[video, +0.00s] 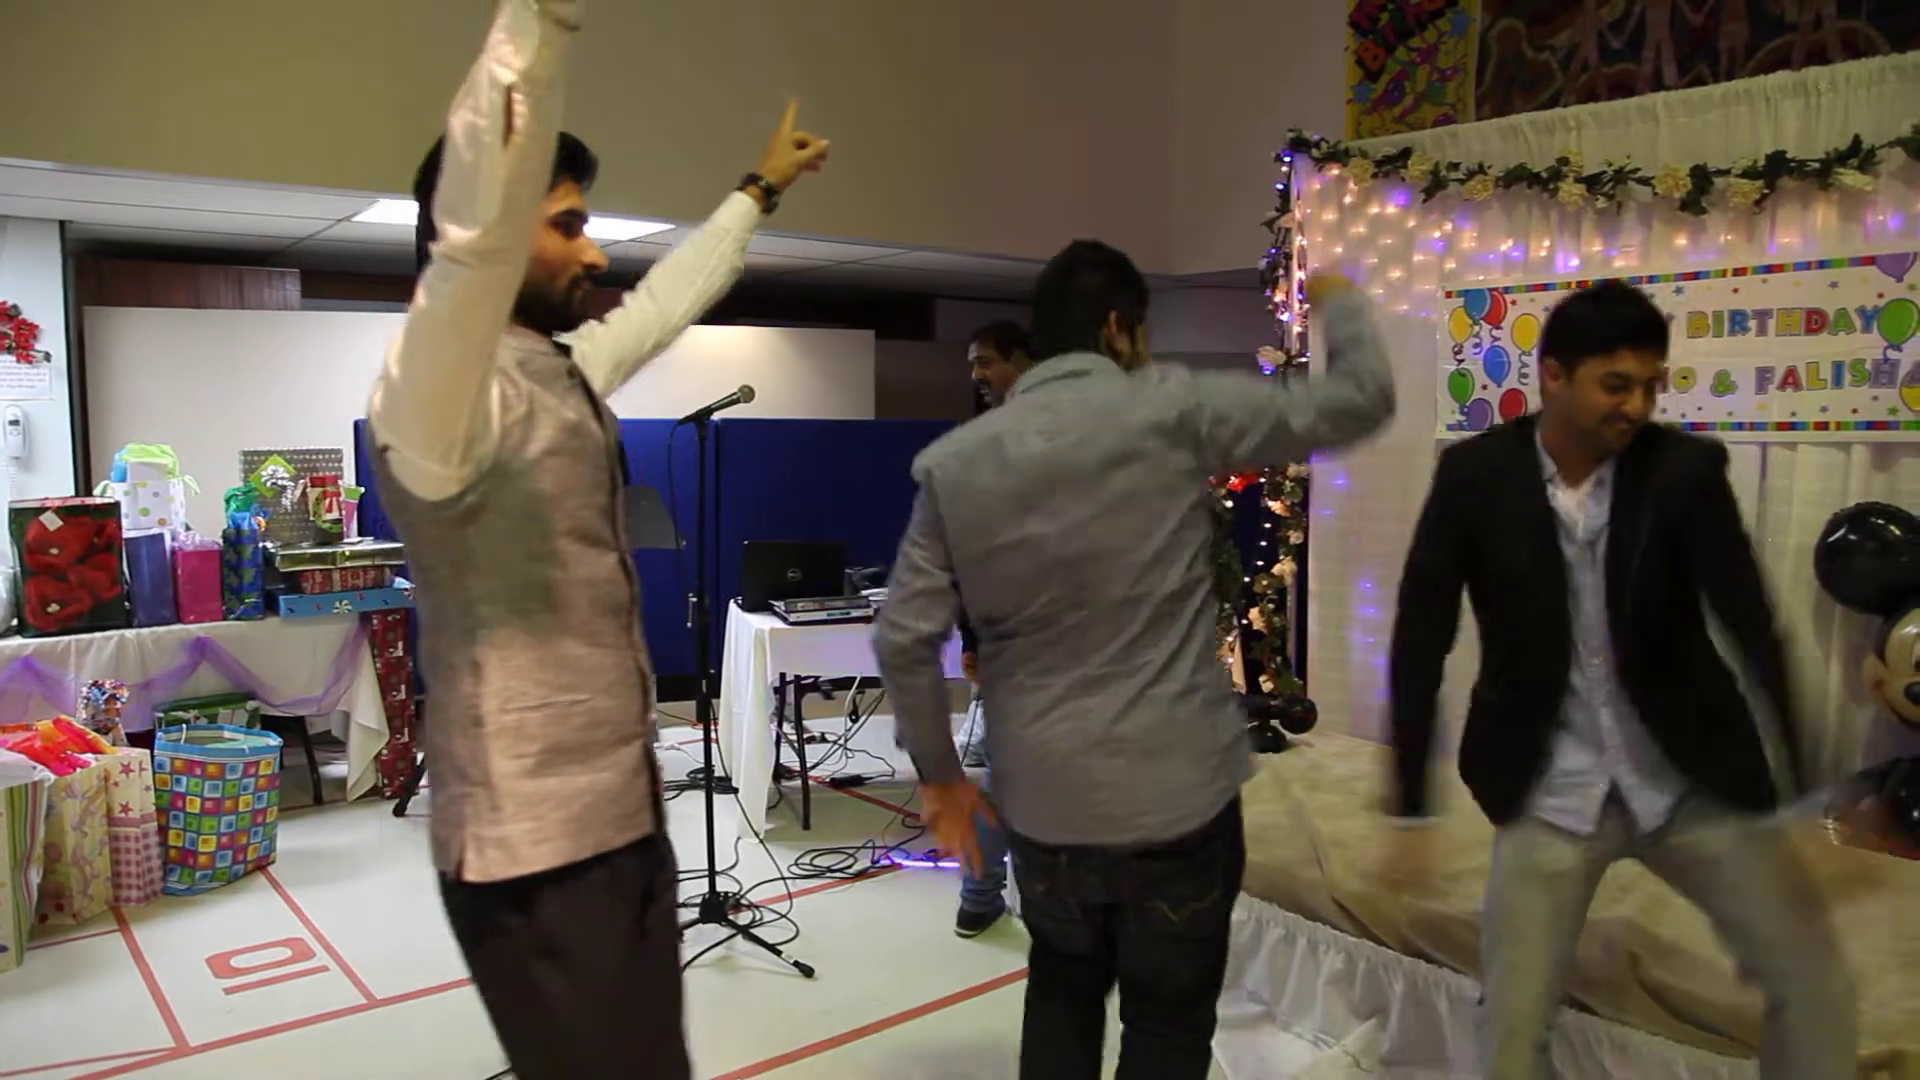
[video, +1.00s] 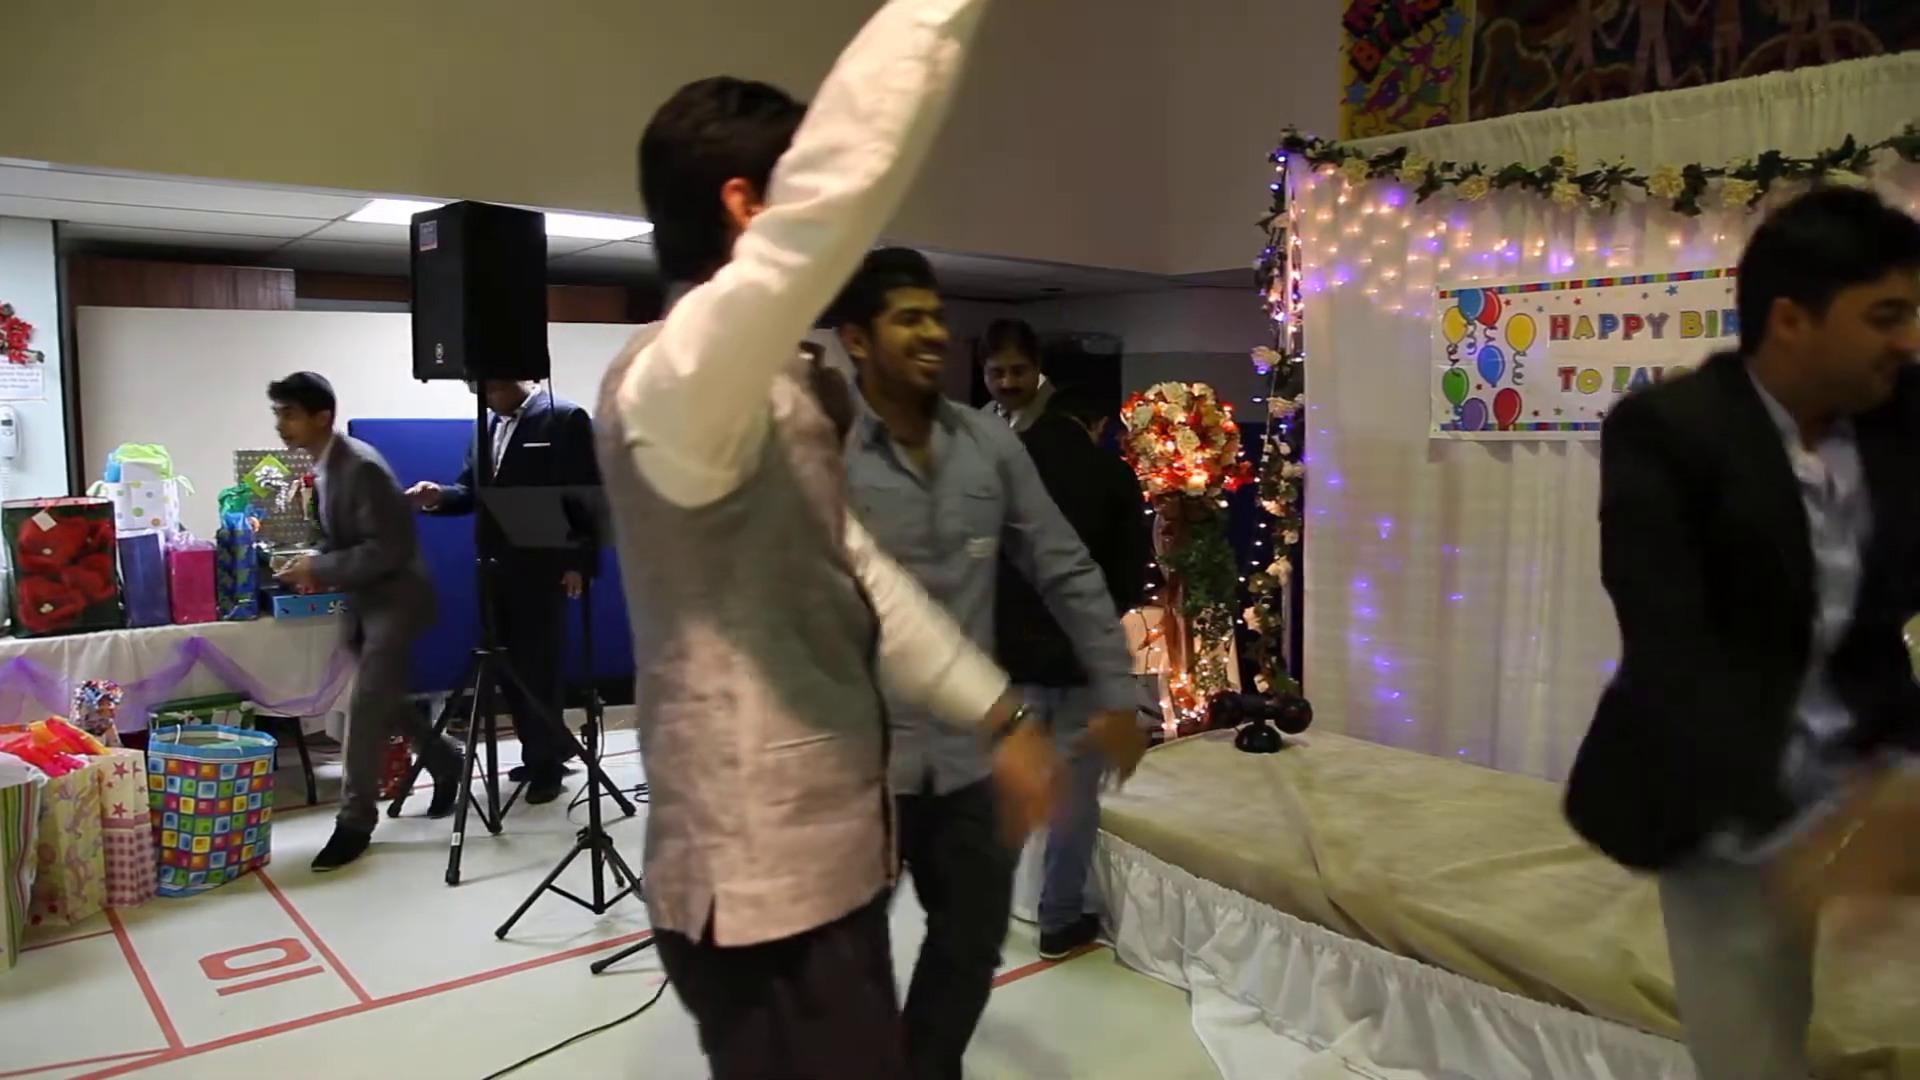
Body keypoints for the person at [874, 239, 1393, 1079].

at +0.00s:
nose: (1148, 342)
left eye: (1146, 327)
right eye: (1144, 326)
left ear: (1032, 335)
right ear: (1116, 326)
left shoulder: (956, 465)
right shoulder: (1172, 407)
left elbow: (904, 636)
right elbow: (1359, 399)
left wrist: (939, 775)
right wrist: (1341, 304)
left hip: (1041, 804)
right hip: (1177, 801)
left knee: (1062, 992)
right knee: (1169, 1026)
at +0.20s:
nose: (1152, 352)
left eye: (1151, 332)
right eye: (1146, 331)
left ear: (1053, 326)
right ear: (1103, 326)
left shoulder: (938, 444)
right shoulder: (1145, 420)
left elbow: (899, 612)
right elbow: (1294, 551)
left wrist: (911, 752)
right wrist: (1279, 493)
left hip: (1008, 789)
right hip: (1131, 792)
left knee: (1010, 953)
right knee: (1141, 1014)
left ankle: (963, 1075)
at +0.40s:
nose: (1116, 357)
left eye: (1116, 339)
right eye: (1101, 339)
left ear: (1031, 342)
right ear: (1042, 341)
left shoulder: (926, 448)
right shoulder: (1061, 448)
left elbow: (892, 599)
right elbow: (1108, 631)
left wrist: (903, 714)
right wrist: (1218, 623)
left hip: (952, 777)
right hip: (1047, 780)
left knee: (983, 940)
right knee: (1102, 987)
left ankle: (923, 1074)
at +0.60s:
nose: (1053, 339)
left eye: (1055, 322)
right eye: (1031, 323)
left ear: (1050, 326)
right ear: (970, 335)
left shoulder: (1003, 430)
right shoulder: (950, 438)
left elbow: (1001, 610)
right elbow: (960, 625)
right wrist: (1075, 756)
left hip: (991, 744)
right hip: (953, 747)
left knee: (969, 935)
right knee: (1056, 930)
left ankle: (923, 1072)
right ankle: (995, 1070)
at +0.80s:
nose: (990, 337)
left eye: (994, 322)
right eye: (968, 323)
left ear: (1001, 328)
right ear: (913, 337)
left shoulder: (1003, 435)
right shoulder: (864, 449)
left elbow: (1054, 552)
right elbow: (860, 633)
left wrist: (1109, 652)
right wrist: (887, 804)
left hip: (1006, 750)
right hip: (920, 764)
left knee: (997, 950)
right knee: (945, 954)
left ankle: (935, 1069)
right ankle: (847, 1061)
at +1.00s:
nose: (932, 337)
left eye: (939, 322)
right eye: (910, 321)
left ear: (946, 336)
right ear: (858, 337)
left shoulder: (989, 445)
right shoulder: (822, 448)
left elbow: (1066, 568)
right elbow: (795, 595)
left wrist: (1118, 694)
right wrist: (816, 735)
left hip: (966, 742)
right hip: (856, 748)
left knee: (974, 938)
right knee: (849, 946)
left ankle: (928, 1066)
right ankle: (855, 1062)